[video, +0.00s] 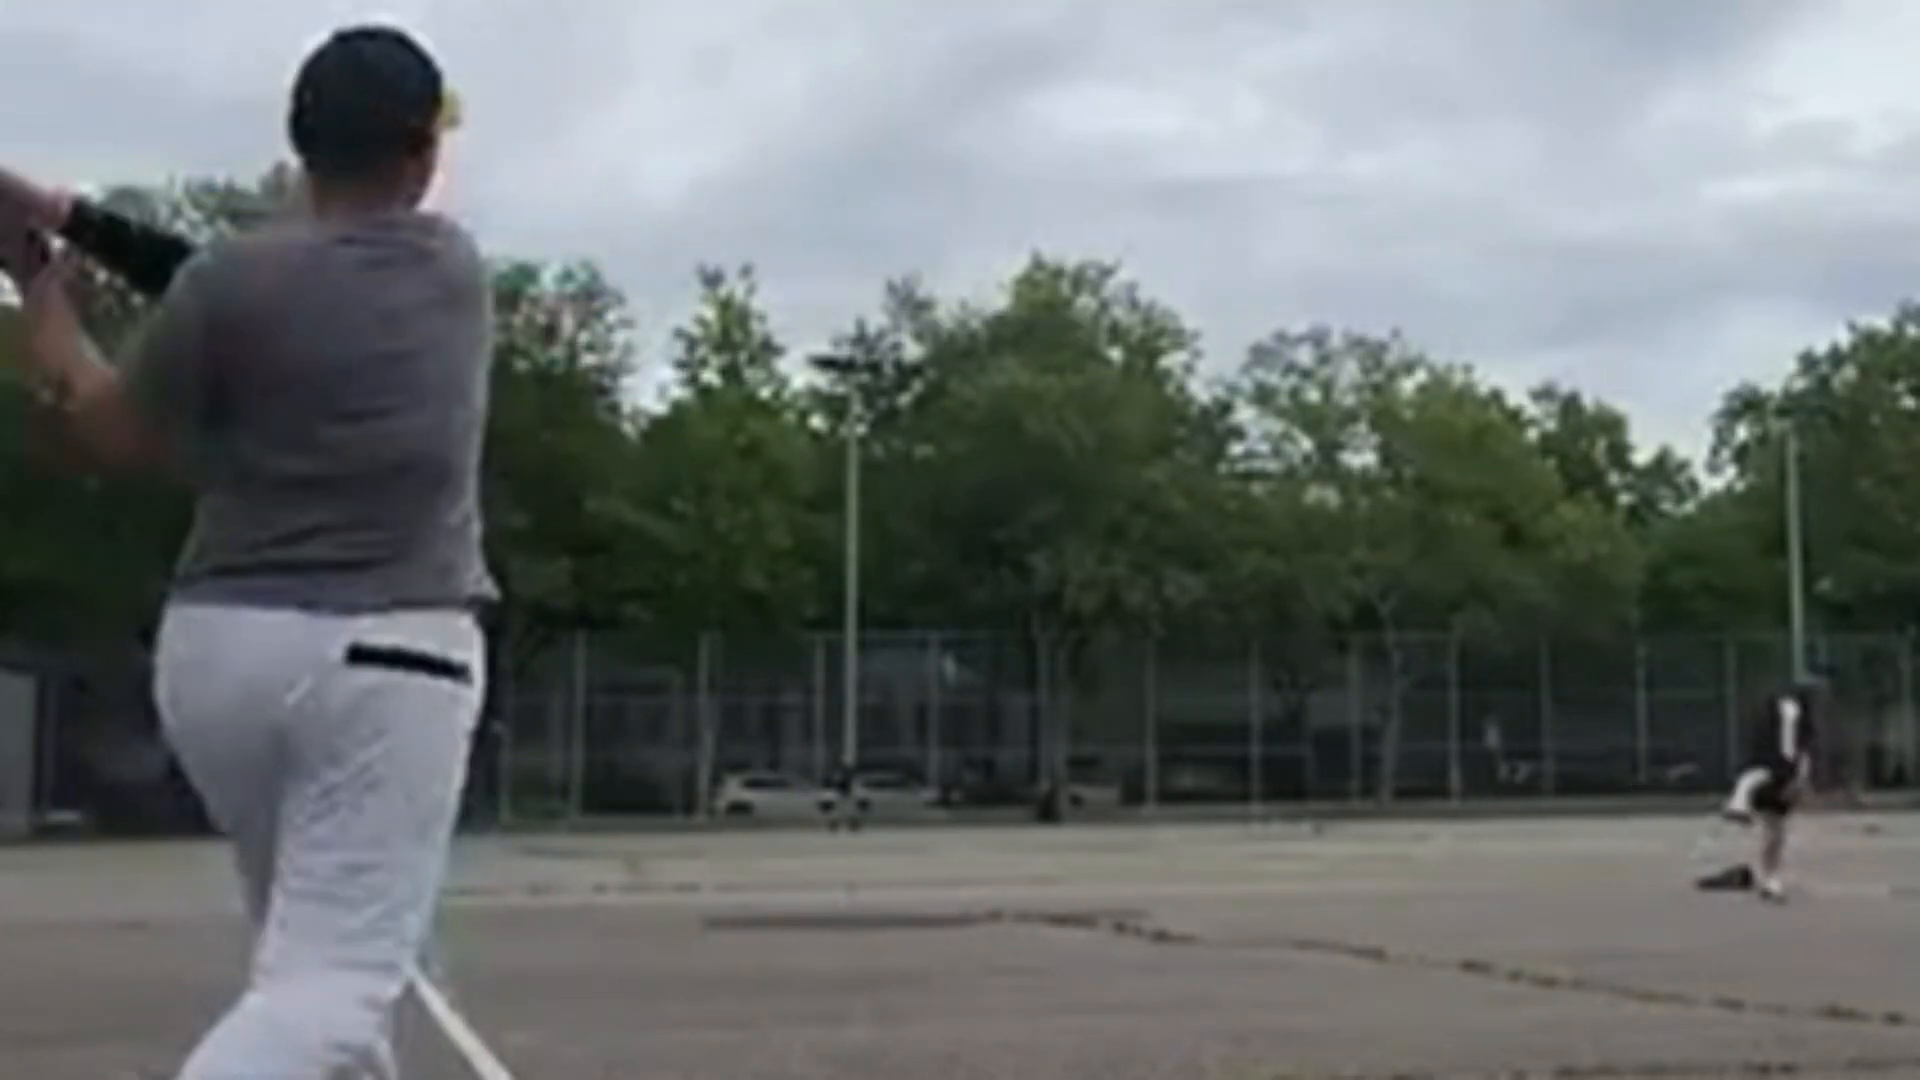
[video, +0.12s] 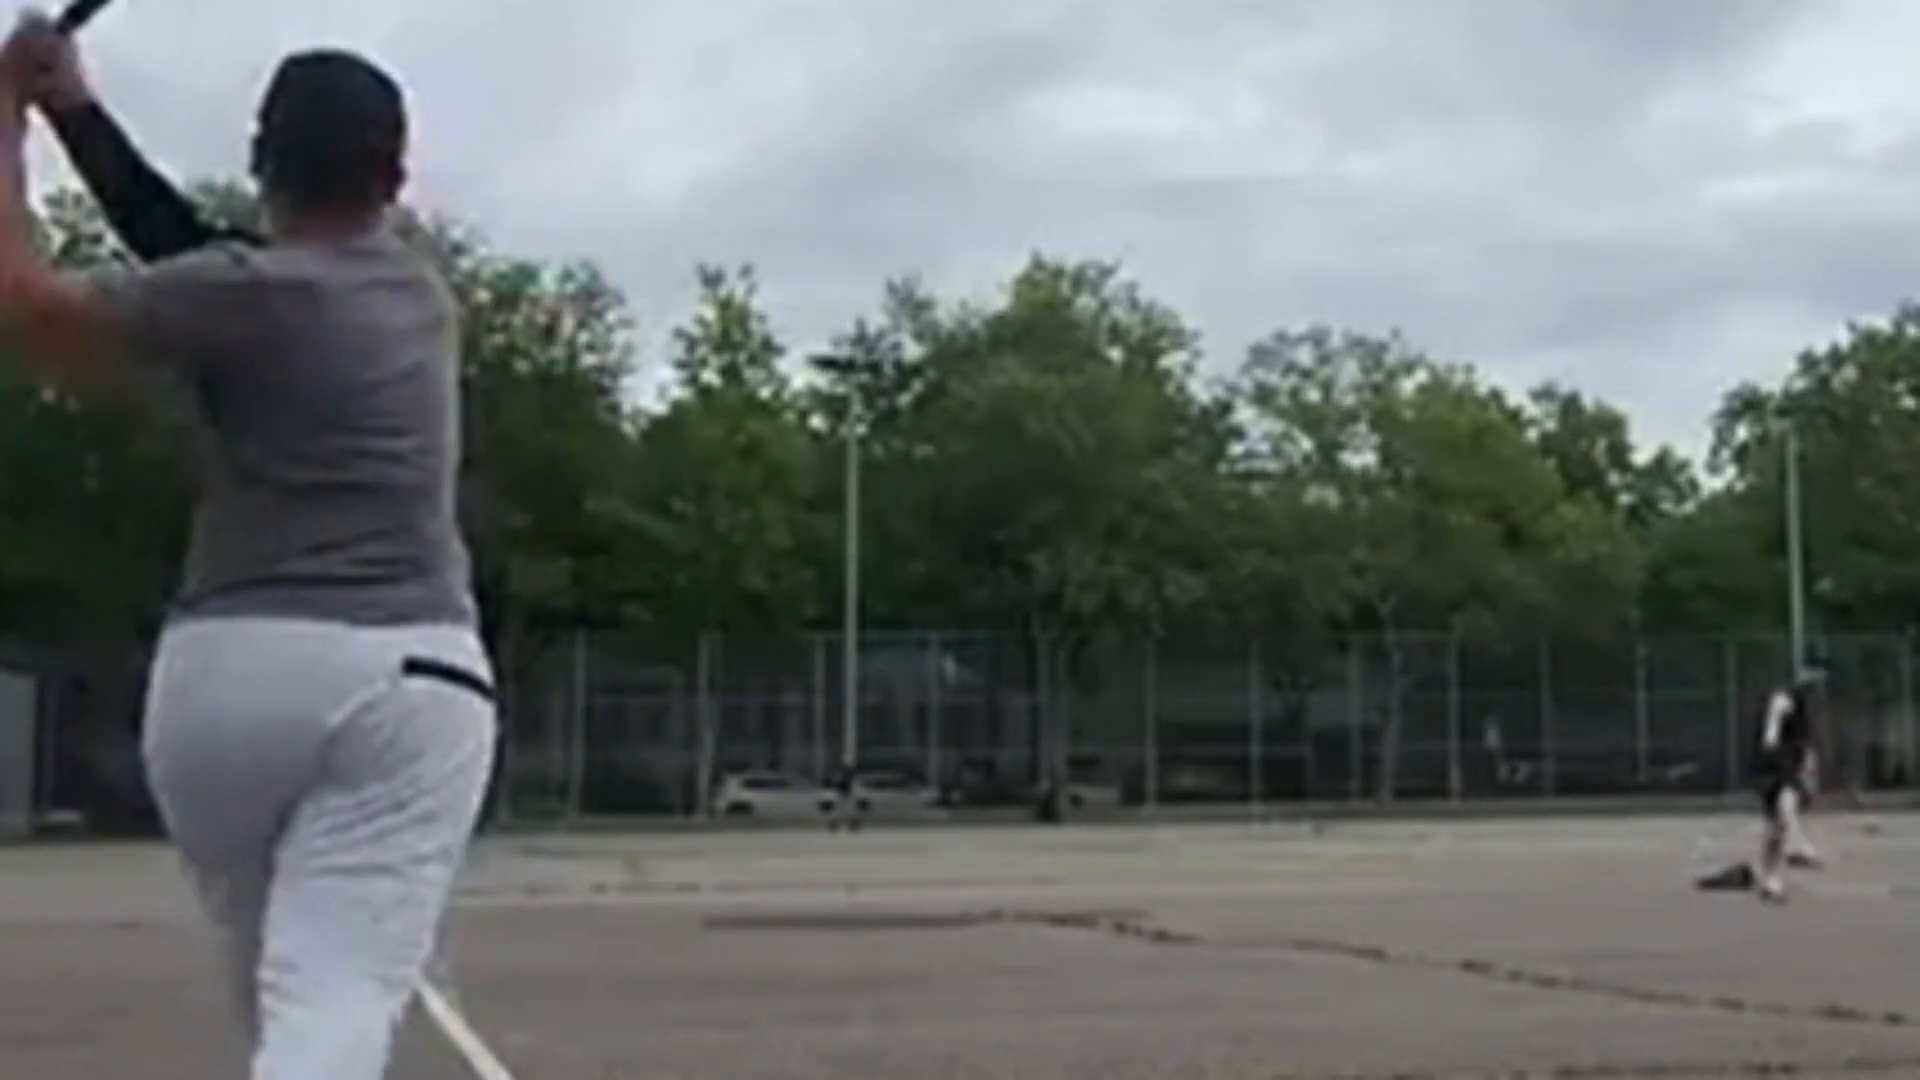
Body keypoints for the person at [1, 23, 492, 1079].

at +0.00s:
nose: (443, 137)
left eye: (435, 121)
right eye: (441, 123)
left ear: (298, 141)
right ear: (428, 143)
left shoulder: (230, 277)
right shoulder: (457, 275)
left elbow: (117, 430)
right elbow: (329, 274)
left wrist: (47, 307)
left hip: (220, 648)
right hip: (402, 653)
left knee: (309, 958)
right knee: (336, 977)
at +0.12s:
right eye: (395, 159)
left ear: (265, 168)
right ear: (393, 178)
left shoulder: (238, 294)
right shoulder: (418, 292)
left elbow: (36, 302)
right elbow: (185, 241)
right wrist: (76, 104)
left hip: (234, 660)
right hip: (419, 665)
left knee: (276, 983)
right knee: (335, 993)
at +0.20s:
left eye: (263, 157)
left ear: (259, 175)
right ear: (389, 191)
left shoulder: (227, 302)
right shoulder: (419, 311)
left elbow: (24, 283)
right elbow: (199, 265)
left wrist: (18, 138)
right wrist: (57, 134)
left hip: (224, 673)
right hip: (413, 686)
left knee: (241, 1003)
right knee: (316, 1013)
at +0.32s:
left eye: (255, 175)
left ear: (248, 187)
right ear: (380, 206)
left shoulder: (194, 304)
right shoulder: (409, 329)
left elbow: (71, 366)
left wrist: (31, 330)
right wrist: (70, 326)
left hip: (200, 692)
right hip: (394, 708)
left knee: (236, 1029)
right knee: (300, 1036)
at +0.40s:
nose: (371, 205)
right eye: (370, 190)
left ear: (239, 194)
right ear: (370, 208)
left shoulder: (168, 308)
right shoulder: (398, 336)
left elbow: (67, 443)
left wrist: (53, 437)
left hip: (188, 700)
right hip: (385, 713)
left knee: (239, 1030)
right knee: (305, 1036)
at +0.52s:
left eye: (195, 210)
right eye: (316, 211)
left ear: (194, 212)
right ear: (318, 219)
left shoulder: (140, 316)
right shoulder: (373, 339)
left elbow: (93, 479)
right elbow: (366, 497)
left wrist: (104, 550)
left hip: (183, 685)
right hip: (375, 686)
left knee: (224, 996)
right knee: (308, 993)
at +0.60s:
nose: (165, 245)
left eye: (162, 230)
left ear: (169, 229)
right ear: (286, 227)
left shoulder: (129, 326)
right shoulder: (358, 338)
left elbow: (86, 483)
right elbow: (351, 491)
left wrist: (83, 566)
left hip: (181, 669)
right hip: (369, 671)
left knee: (244, 965)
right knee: (305, 962)